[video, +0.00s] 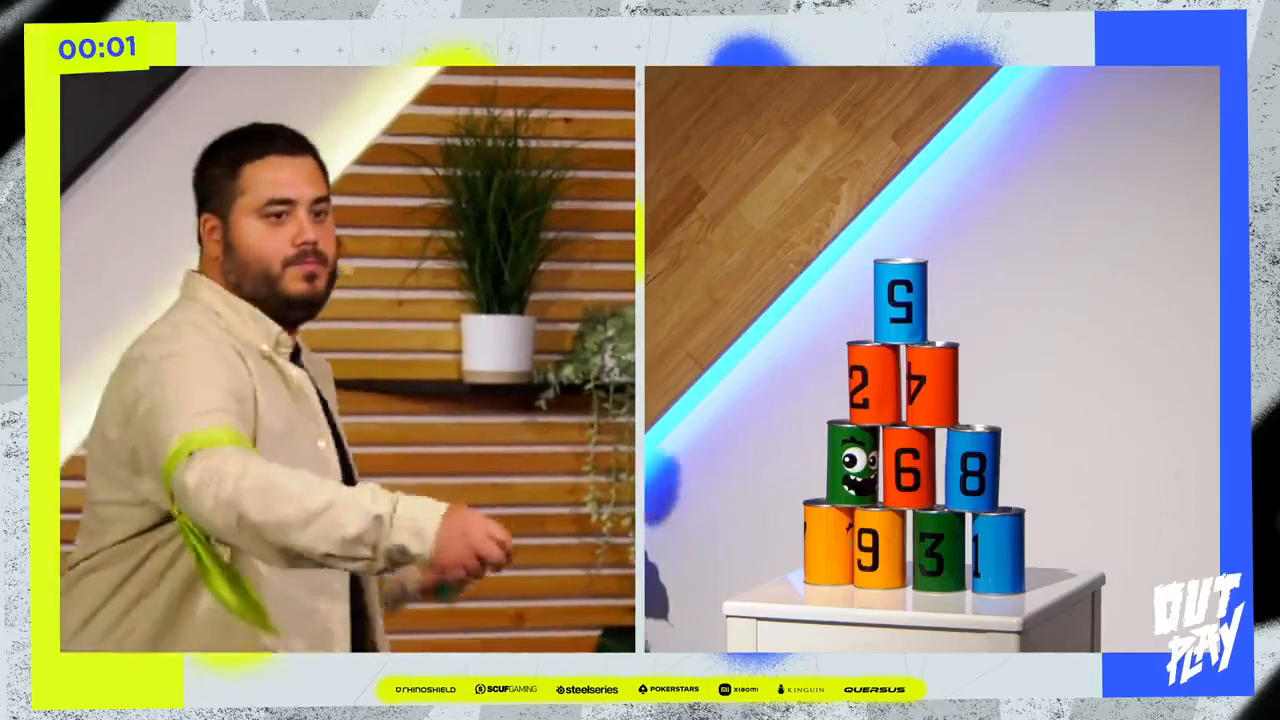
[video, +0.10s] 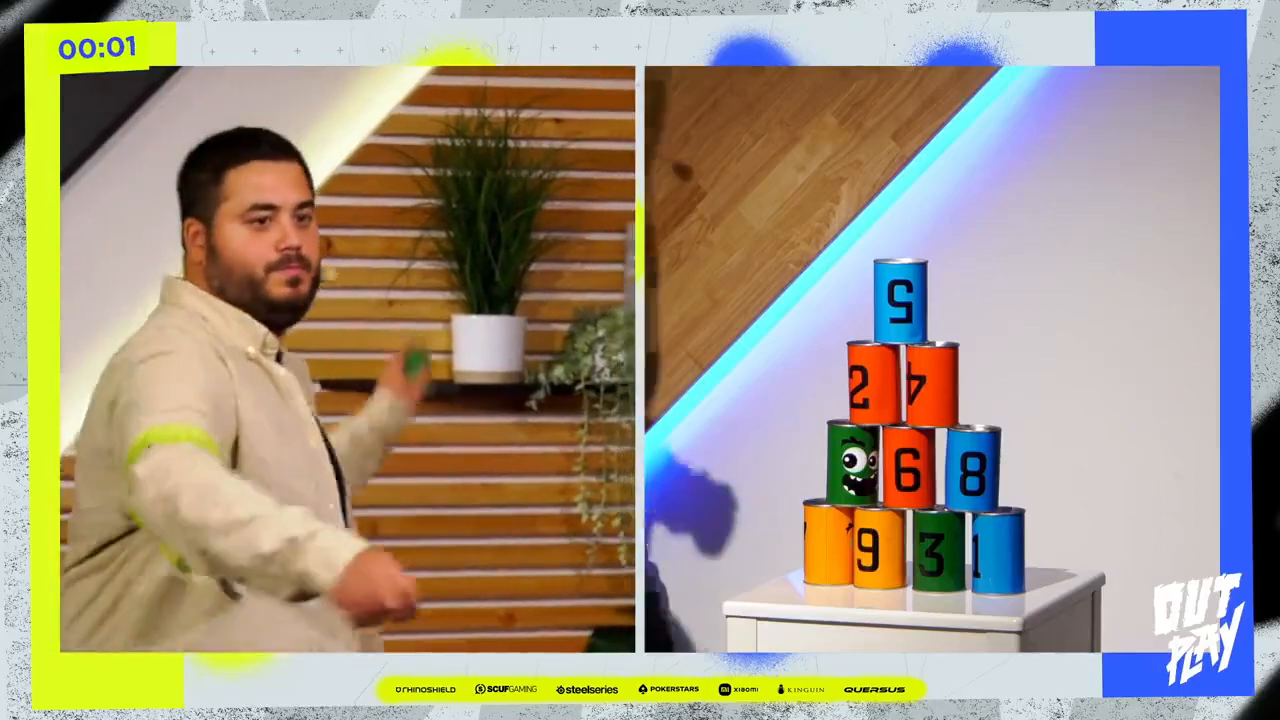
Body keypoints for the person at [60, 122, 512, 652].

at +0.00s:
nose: (310, 237)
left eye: (320, 213)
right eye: (277, 215)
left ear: (335, 226)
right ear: (214, 235)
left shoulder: (291, 370)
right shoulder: (184, 352)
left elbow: (269, 583)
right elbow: (216, 486)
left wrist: (413, 576)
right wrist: (415, 526)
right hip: (152, 694)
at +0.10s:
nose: (292, 241)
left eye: (303, 219)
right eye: (260, 221)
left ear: (317, 230)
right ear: (198, 240)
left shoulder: (265, 363)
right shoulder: (174, 353)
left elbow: (300, 491)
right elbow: (175, 485)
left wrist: (387, 412)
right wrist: (335, 562)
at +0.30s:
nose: (189, 213)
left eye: (201, 185)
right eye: (154, 192)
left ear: (220, 198)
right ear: (97, 217)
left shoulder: (311, 327)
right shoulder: (38, 360)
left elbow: (480, 335)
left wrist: (501, 162)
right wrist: (78, 647)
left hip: (309, 695)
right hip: (125, 701)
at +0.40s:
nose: (102, 249)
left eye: (117, 221)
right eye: (68, 230)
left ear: (143, 227)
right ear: (25, 250)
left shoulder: (227, 324)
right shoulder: (10, 392)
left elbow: (371, 354)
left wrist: (457, 475)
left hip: (284, 670)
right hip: (126, 686)